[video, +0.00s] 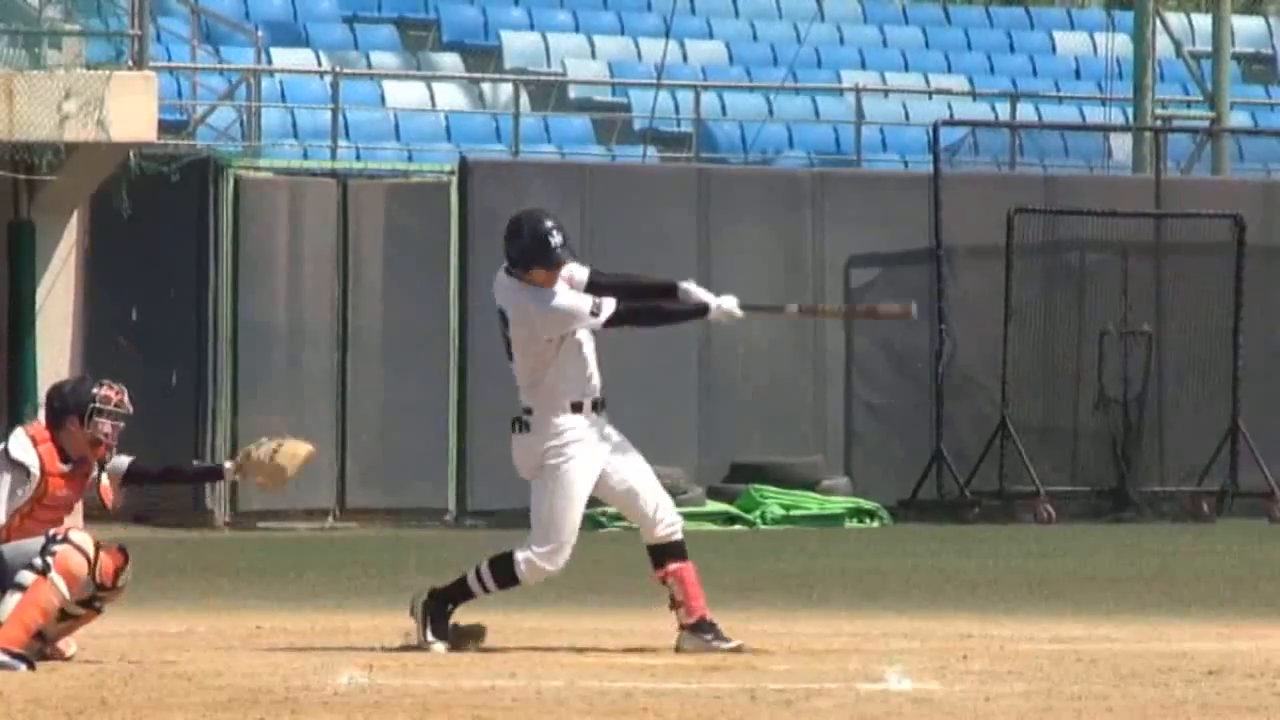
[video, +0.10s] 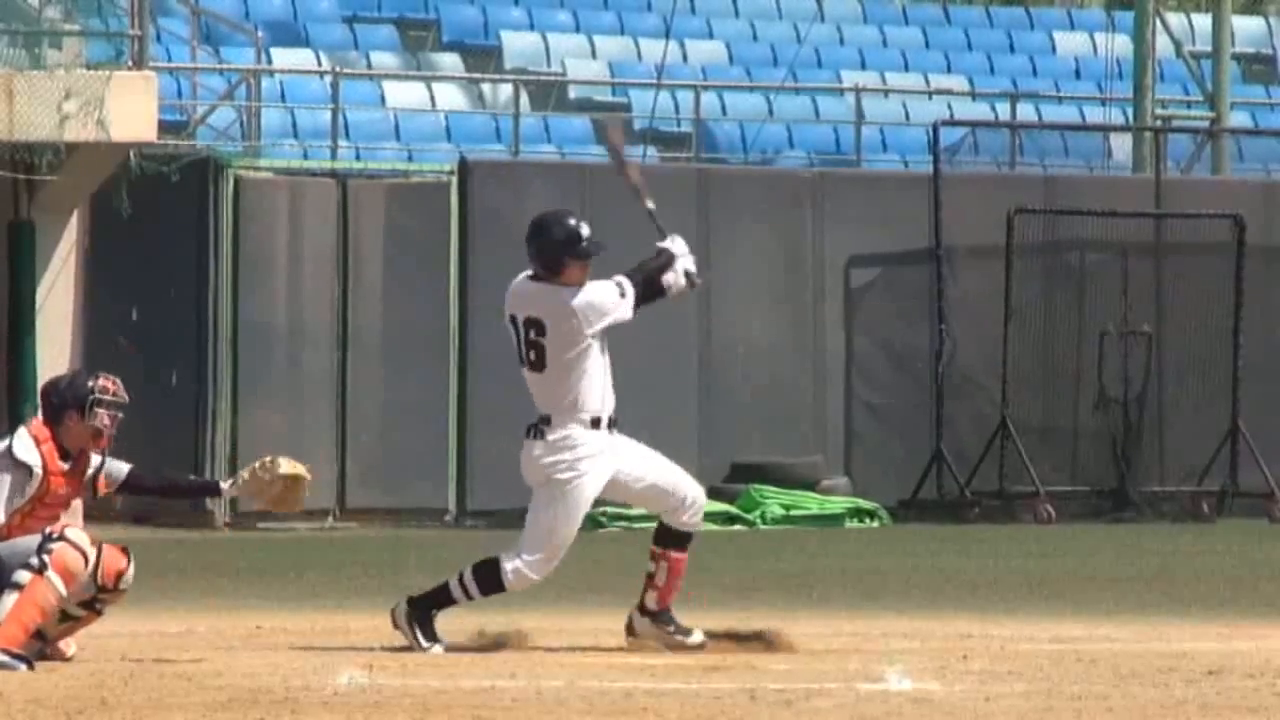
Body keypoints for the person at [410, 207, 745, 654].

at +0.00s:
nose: (556, 272)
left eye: (557, 262)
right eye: (546, 266)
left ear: (556, 253)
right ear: (520, 266)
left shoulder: (535, 269)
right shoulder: (542, 305)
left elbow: (604, 284)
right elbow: (625, 315)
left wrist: (678, 289)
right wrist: (704, 311)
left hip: (590, 424)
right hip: (557, 431)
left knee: (660, 516)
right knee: (547, 555)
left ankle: (695, 624)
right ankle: (440, 603)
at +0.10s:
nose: (587, 265)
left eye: (587, 257)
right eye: (579, 259)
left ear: (544, 261)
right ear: (553, 262)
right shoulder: (578, 306)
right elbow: (633, 284)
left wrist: (671, 281)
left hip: (598, 440)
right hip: (567, 447)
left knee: (688, 500)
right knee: (531, 566)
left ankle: (652, 615)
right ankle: (419, 609)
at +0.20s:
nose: (630, 268)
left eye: (628, 260)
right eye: (622, 263)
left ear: (584, 265)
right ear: (600, 268)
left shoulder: (555, 298)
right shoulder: (616, 313)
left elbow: (614, 290)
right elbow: (660, 285)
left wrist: (659, 261)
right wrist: (673, 256)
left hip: (604, 455)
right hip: (579, 459)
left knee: (676, 530)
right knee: (527, 570)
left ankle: (596, 612)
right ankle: (411, 611)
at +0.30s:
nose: (684, 276)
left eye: (684, 268)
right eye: (677, 268)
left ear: (636, 267)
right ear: (652, 270)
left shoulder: (602, 299)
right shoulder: (664, 318)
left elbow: (667, 314)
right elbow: (713, 315)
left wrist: (718, 305)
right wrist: (719, 295)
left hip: (604, 453)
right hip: (599, 458)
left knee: (655, 541)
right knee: (575, 584)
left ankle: (575, 623)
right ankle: (450, 594)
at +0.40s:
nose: (733, 284)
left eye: (733, 275)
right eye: (726, 276)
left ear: (687, 276)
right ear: (704, 279)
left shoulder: (660, 302)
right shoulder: (702, 336)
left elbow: (696, 353)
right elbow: (743, 403)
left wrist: (748, 344)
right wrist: (789, 379)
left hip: (590, 445)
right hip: (617, 453)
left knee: (645, 543)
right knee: (680, 564)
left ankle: (579, 615)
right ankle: (560, 582)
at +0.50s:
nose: (769, 282)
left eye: (769, 272)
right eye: (763, 273)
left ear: (725, 274)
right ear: (741, 277)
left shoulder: (701, 300)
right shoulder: (727, 334)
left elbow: (696, 353)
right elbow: (750, 420)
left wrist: (746, 342)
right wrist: (817, 438)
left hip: (619, 433)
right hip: (641, 443)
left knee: (643, 540)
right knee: (733, 527)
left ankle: (572, 621)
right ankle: (634, 598)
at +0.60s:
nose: (848, 267)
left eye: (846, 259)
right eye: (842, 260)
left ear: (807, 263)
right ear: (820, 266)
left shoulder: (780, 286)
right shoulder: (783, 325)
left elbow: (740, 325)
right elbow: (811, 412)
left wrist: (724, 339)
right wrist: (877, 444)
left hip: (714, 430)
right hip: (720, 440)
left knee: (737, 537)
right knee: (762, 551)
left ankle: (629, 573)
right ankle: (700, 617)